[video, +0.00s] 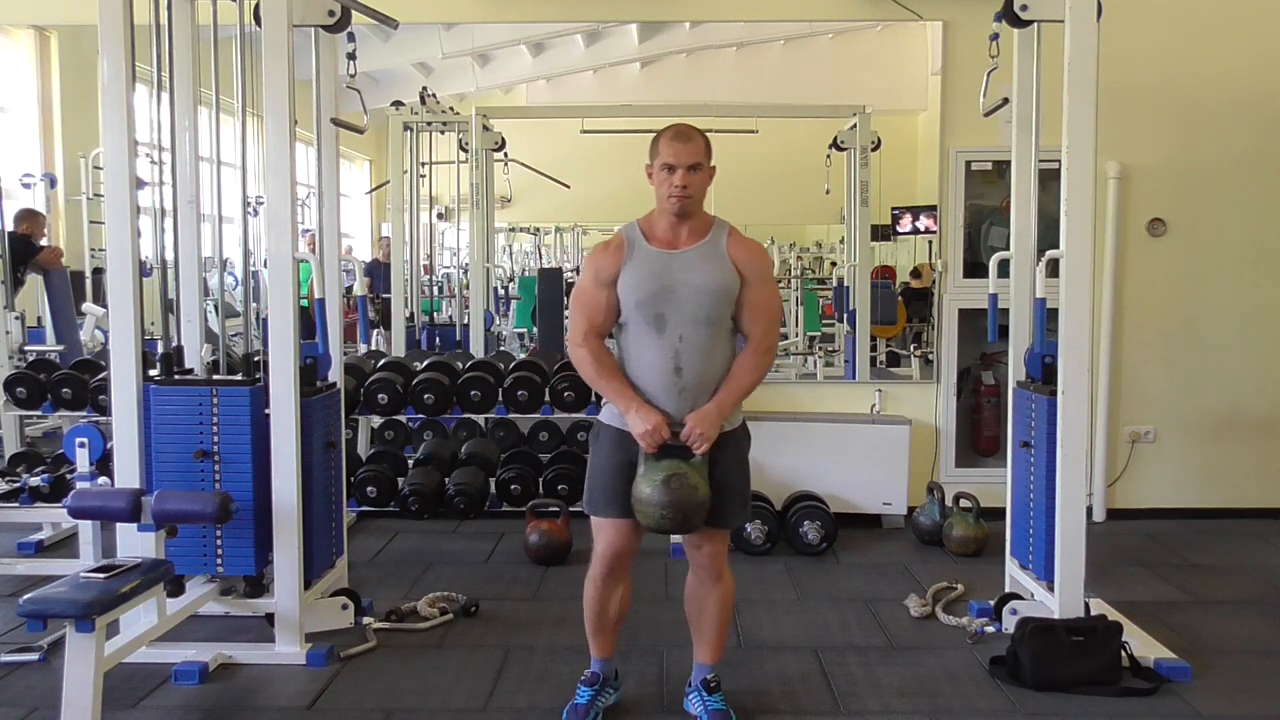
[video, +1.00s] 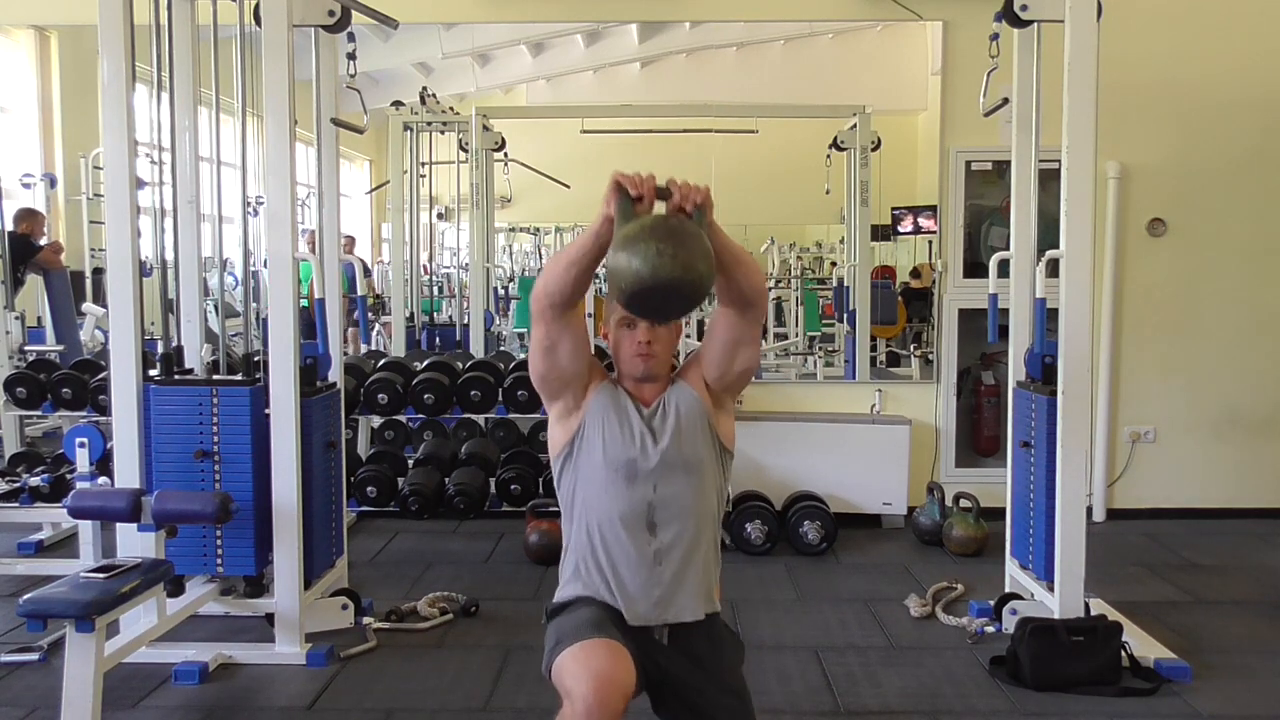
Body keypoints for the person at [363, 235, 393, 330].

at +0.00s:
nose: (389, 249)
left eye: (390, 245)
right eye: (387, 245)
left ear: (392, 247)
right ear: (380, 247)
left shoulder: (395, 264)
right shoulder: (371, 265)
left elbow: (401, 286)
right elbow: (366, 286)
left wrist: (403, 306)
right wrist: (370, 308)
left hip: (392, 302)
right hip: (376, 301)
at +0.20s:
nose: (377, 248)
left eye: (380, 245)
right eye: (374, 245)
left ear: (383, 247)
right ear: (370, 247)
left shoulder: (390, 265)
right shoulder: (363, 265)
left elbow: (396, 286)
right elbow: (360, 289)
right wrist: (366, 308)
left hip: (386, 303)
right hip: (369, 303)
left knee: (386, 337)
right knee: (366, 337)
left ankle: (387, 364)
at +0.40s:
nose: (365, 248)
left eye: (368, 245)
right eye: (363, 245)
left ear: (374, 246)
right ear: (360, 248)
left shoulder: (381, 265)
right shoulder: (355, 265)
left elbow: (387, 287)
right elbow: (350, 288)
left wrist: (387, 308)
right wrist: (353, 307)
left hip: (377, 304)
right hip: (360, 304)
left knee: (381, 338)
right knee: (358, 337)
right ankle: (357, 363)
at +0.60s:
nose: (356, 248)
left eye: (359, 245)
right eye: (354, 245)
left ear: (364, 246)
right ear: (351, 247)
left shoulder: (373, 265)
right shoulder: (347, 265)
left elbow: (378, 287)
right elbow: (344, 287)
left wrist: (377, 307)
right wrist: (342, 308)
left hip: (369, 303)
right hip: (352, 303)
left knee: (377, 336)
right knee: (354, 338)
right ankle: (356, 361)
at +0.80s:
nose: (350, 248)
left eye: (353, 245)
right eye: (348, 245)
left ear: (358, 246)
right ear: (346, 246)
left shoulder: (367, 264)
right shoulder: (343, 264)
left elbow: (374, 285)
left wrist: (371, 305)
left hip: (363, 302)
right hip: (348, 302)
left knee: (366, 335)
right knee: (352, 335)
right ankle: (355, 360)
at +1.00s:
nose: (343, 248)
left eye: (346, 245)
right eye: (342, 245)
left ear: (353, 246)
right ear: (341, 246)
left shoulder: (360, 263)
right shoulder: (339, 263)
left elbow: (369, 281)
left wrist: (373, 294)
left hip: (356, 302)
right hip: (341, 301)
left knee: (352, 334)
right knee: (342, 334)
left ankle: (353, 362)